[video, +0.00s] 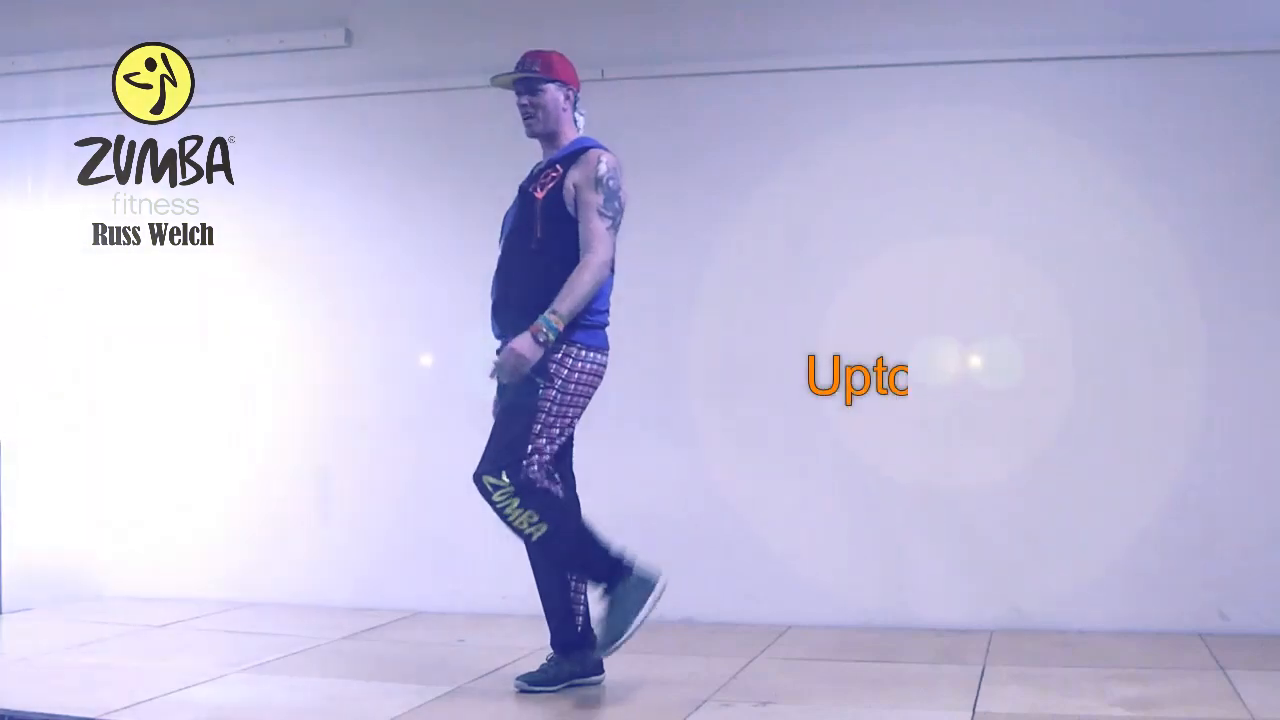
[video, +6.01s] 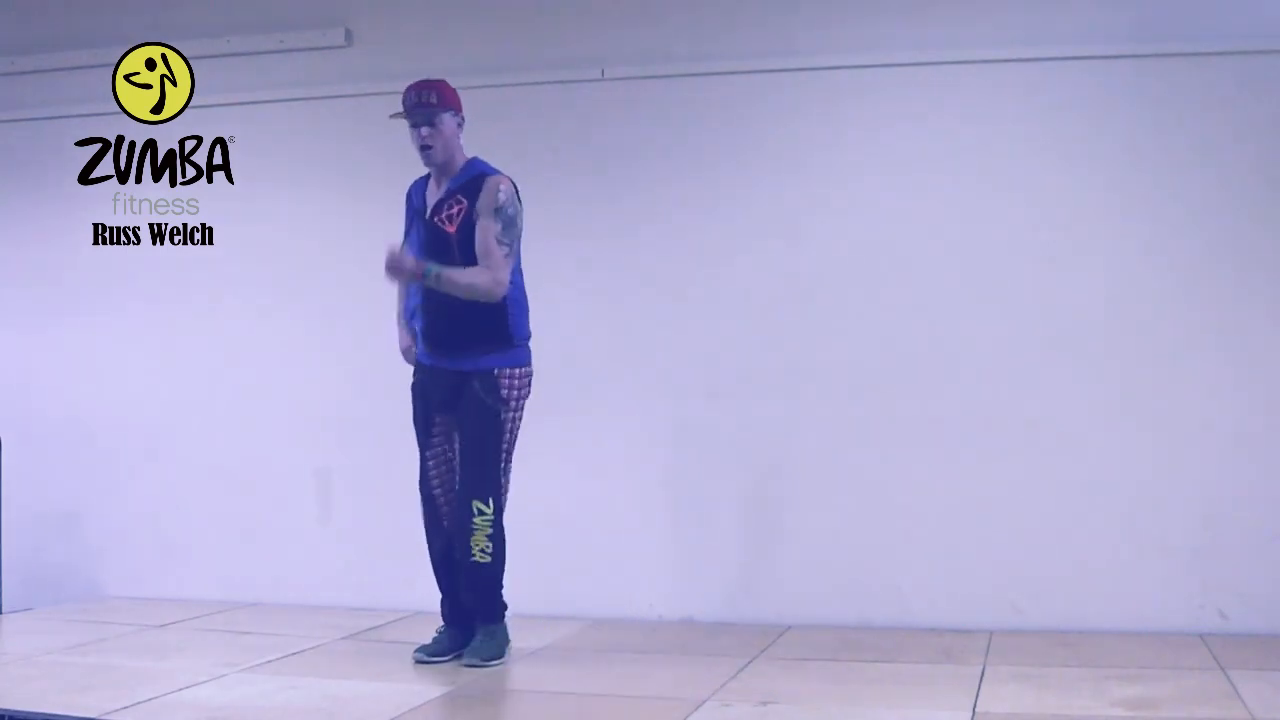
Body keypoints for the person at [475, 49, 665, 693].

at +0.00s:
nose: (523, 101)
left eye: (534, 90)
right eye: (518, 93)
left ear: (569, 94)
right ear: (522, 103)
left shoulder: (592, 164)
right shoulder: (541, 174)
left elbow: (598, 260)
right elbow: (532, 266)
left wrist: (540, 333)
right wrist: (512, 341)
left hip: (567, 351)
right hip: (536, 351)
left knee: (501, 477)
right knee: (546, 498)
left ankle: (619, 577)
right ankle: (574, 654)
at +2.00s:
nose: (485, 111)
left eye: (496, 101)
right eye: (478, 104)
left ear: (523, 110)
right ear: (473, 116)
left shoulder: (560, 181)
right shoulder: (473, 189)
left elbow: (607, 266)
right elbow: (468, 279)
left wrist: (581, 345)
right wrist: (447, 356)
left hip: (547, 371)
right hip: (486, 372)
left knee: (541, 502)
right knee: (503, 506)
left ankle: (571, 626)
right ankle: (527, 635)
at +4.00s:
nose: (493, 131)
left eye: (503, 120)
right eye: (483, 123)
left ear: (525, 125)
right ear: (473, 132)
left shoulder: (554, 196)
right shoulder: (465, 194)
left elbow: (580, 289)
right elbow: (458, 277)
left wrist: (499, 300)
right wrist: (441, 356)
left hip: (537, 365)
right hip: (479, 364)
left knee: (515, 490)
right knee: (481, 493)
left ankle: (531, 621)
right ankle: (486, 622)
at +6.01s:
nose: (422, 136)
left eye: (430, 124)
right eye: (414, 127)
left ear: (458, 123)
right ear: (409, 133)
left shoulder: (495, 190)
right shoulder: (418, 194)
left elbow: (494, 283)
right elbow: (412, 273)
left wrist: (420, 271)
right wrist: (404, 326)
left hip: (493, 364)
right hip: (436, 364)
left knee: (479, 497)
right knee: (439, 495)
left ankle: (490, 625)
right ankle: (457, 622)